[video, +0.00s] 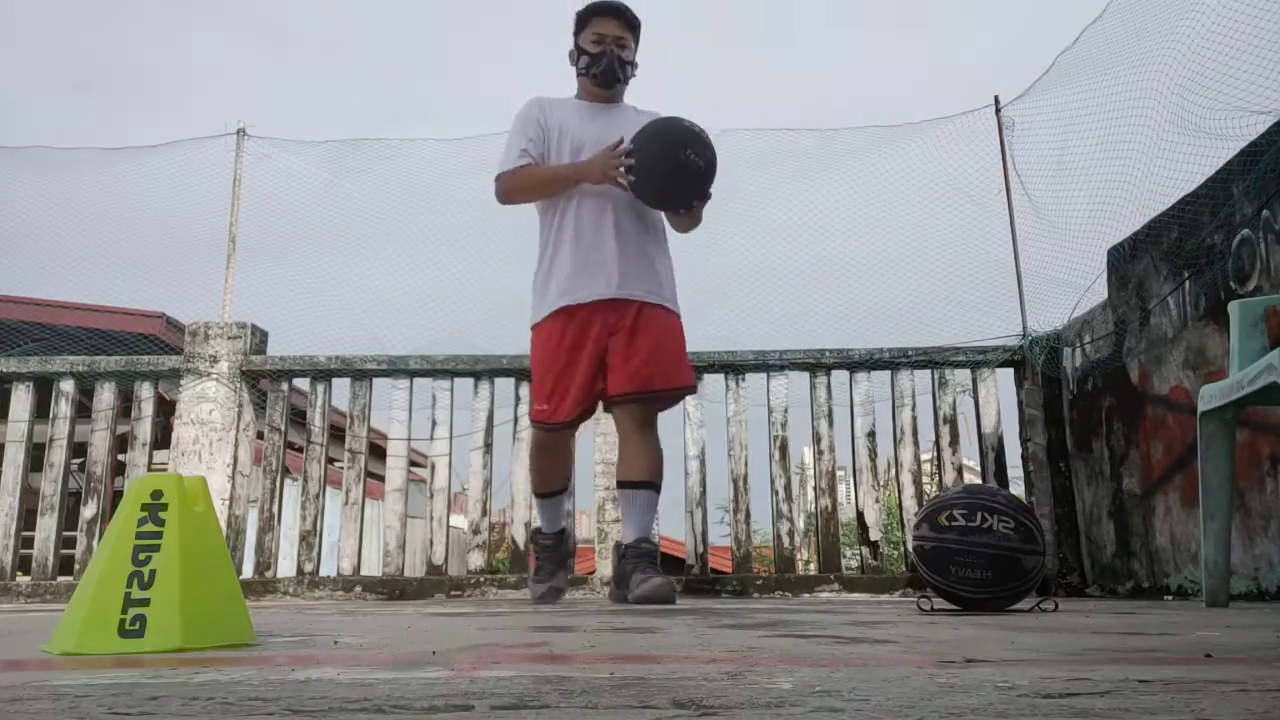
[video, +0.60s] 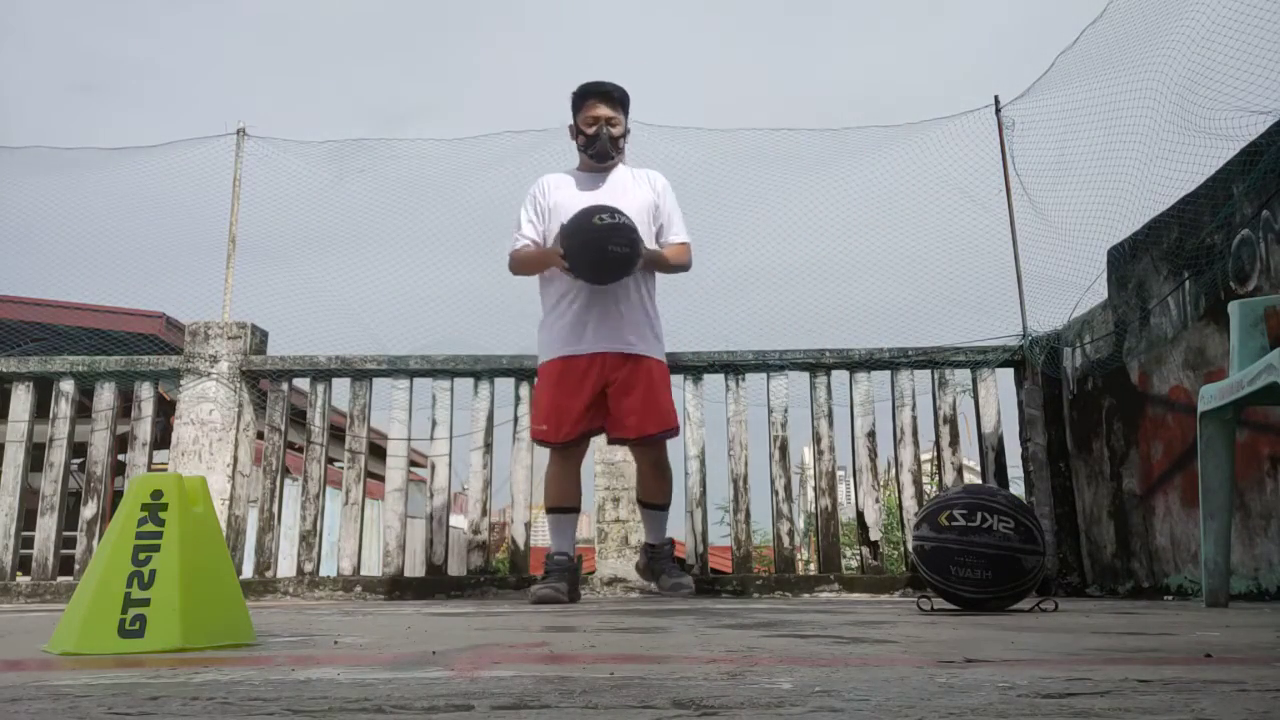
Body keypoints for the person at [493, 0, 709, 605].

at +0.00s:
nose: (610, 49)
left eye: (622, 43)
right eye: (598, 40)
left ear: (635, 58)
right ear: (575, 50)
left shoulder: (654, 128)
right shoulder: (543, 113)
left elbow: (684, 222)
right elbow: (509, 184)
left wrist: (685, 181)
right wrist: (587, 170)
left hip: (642, 291)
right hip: (565, 292)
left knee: (637, 414)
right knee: (551, 425)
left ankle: (638, 558)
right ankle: (553, 546)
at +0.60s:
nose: (602, 132)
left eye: (611, 125)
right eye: (592, 125)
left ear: (626, 129)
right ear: (575, 131)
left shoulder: (652, 185)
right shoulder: (547, 189)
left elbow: (681, 256)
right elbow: (518, 261)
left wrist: (644, 255)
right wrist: (555, 255)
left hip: (636, 343)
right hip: (568, 345)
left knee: (652, 447)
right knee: (565, 450)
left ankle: (656, 556)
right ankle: (561, 566)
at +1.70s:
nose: (645, 158)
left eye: (654, 149)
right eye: (636, 151)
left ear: (669, 156)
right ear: (621, 158)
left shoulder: (693, 211)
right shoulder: (598, 208)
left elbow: (713, 282)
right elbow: (569, 275)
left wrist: (722, 296)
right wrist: (609, 265)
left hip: (683, 356)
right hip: (618, 361)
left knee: (700, 444)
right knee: (614, 463)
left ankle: (722, 564)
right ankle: (606, 569)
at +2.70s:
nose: (707, 139)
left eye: (716, 131)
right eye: (697, 130)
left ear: (730, 135)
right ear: (679, 132)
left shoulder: (749, 195)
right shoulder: (649, 187)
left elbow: (772, 262)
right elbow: (625, 253)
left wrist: (796, 288)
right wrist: (632, 289)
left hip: (730, 347)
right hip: (662, 347)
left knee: (734, 449)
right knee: (645, 450)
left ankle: (736, 568)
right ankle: (636, 564)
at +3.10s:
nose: (702, 162)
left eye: (712, 154)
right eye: (692, 153)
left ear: (728, 161)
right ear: (675, 157)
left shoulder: (747, 221)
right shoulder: (647, 212)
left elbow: (751, 300)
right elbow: (651, 293)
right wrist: (686, 352)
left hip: (722, 358)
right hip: (651, 353)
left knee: (749, 450)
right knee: (597, 432)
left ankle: (766, 566)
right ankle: (585, 555)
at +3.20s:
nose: (688, 166)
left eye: (699, 158)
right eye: (678, 157)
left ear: (715, 166)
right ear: (661, 162)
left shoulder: (732, 226)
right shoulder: (632, 220)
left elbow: (729, 311)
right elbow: (630, 305)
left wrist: (708, 376)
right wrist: (639, 378)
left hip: (711, 369)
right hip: (641, 371)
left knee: (747, 451)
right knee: (586, 454)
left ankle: (766, 567)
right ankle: (556, 567)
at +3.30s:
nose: (661, 174)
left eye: (673, 164)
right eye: (651, 164)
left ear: (691, 171)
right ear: (637, 169)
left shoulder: (712, 230)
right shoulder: (608, 232)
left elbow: (719, 315)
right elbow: (590, 310)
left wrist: (695, 376)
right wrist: (569, 379)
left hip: (700, 371)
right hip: (625, 372)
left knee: (735, 452)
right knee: (574, 443)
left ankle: (765, 568)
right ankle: (557, 568)